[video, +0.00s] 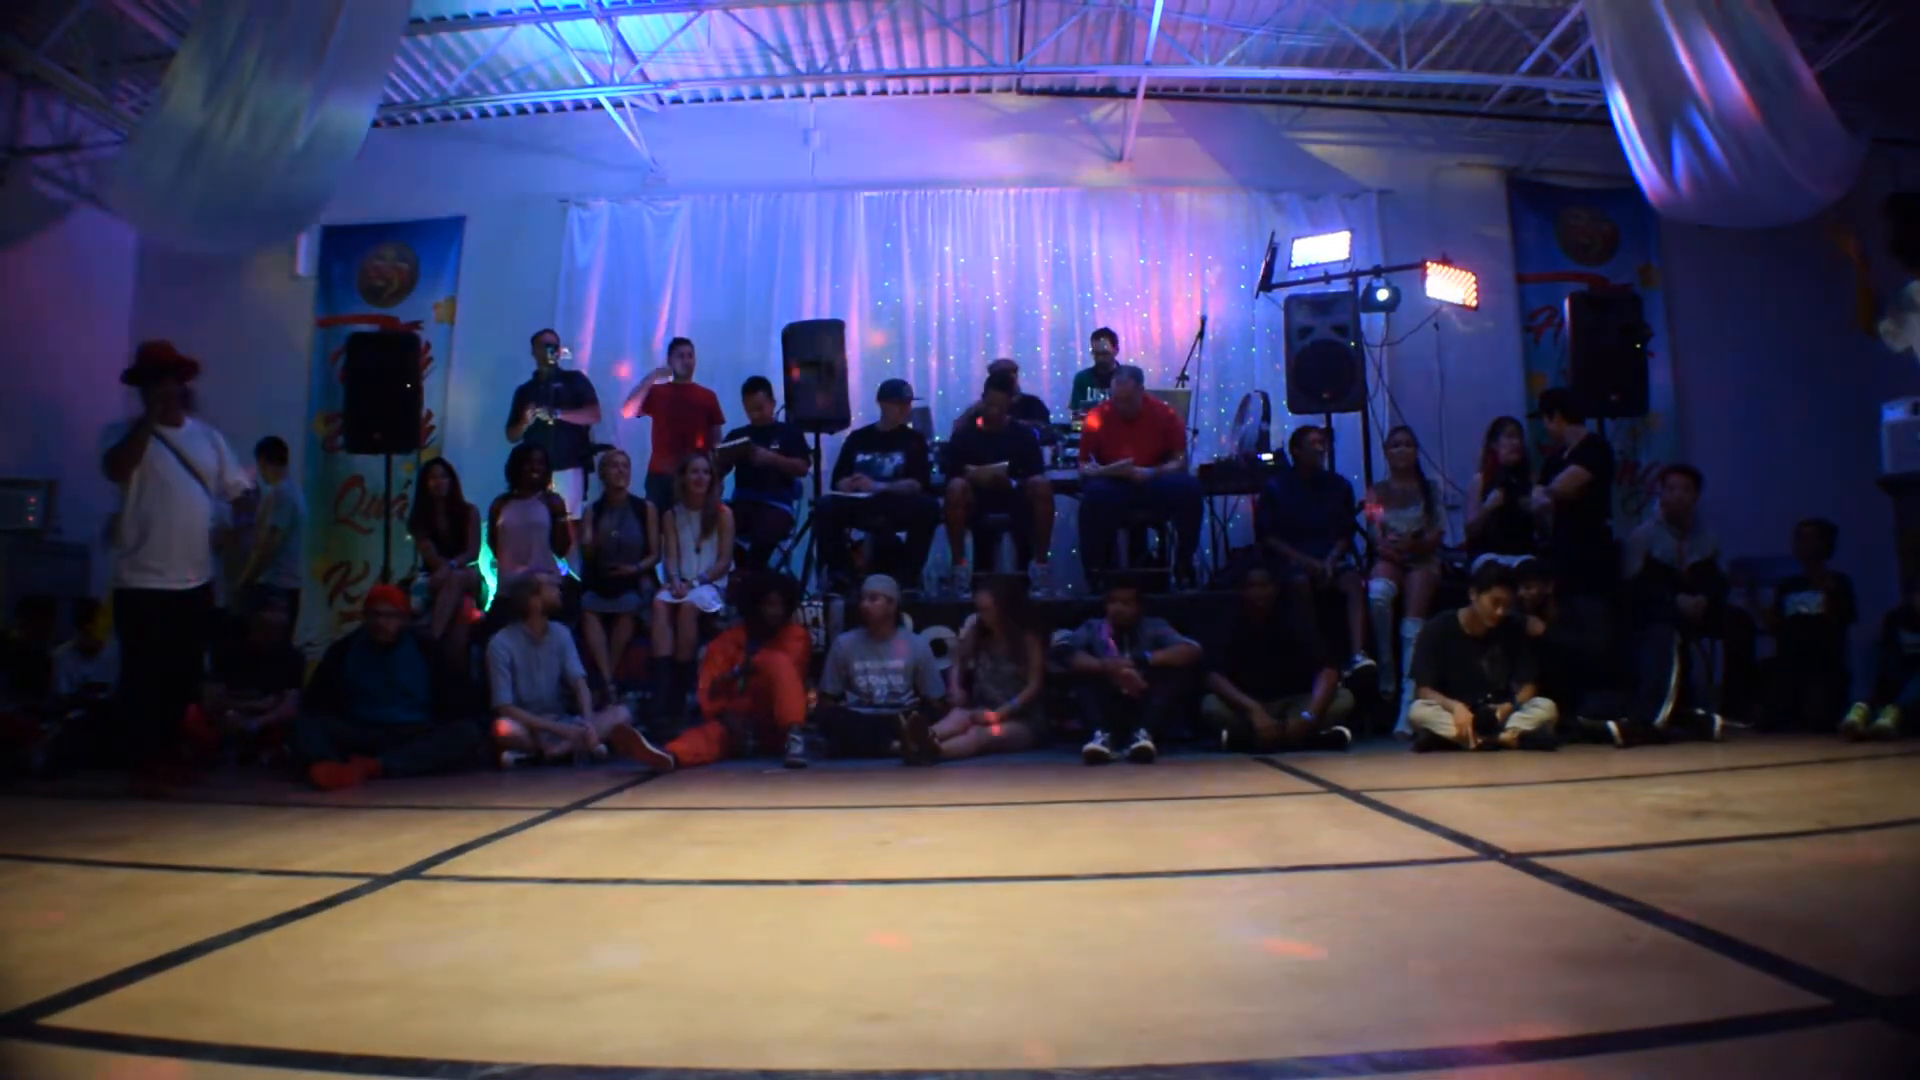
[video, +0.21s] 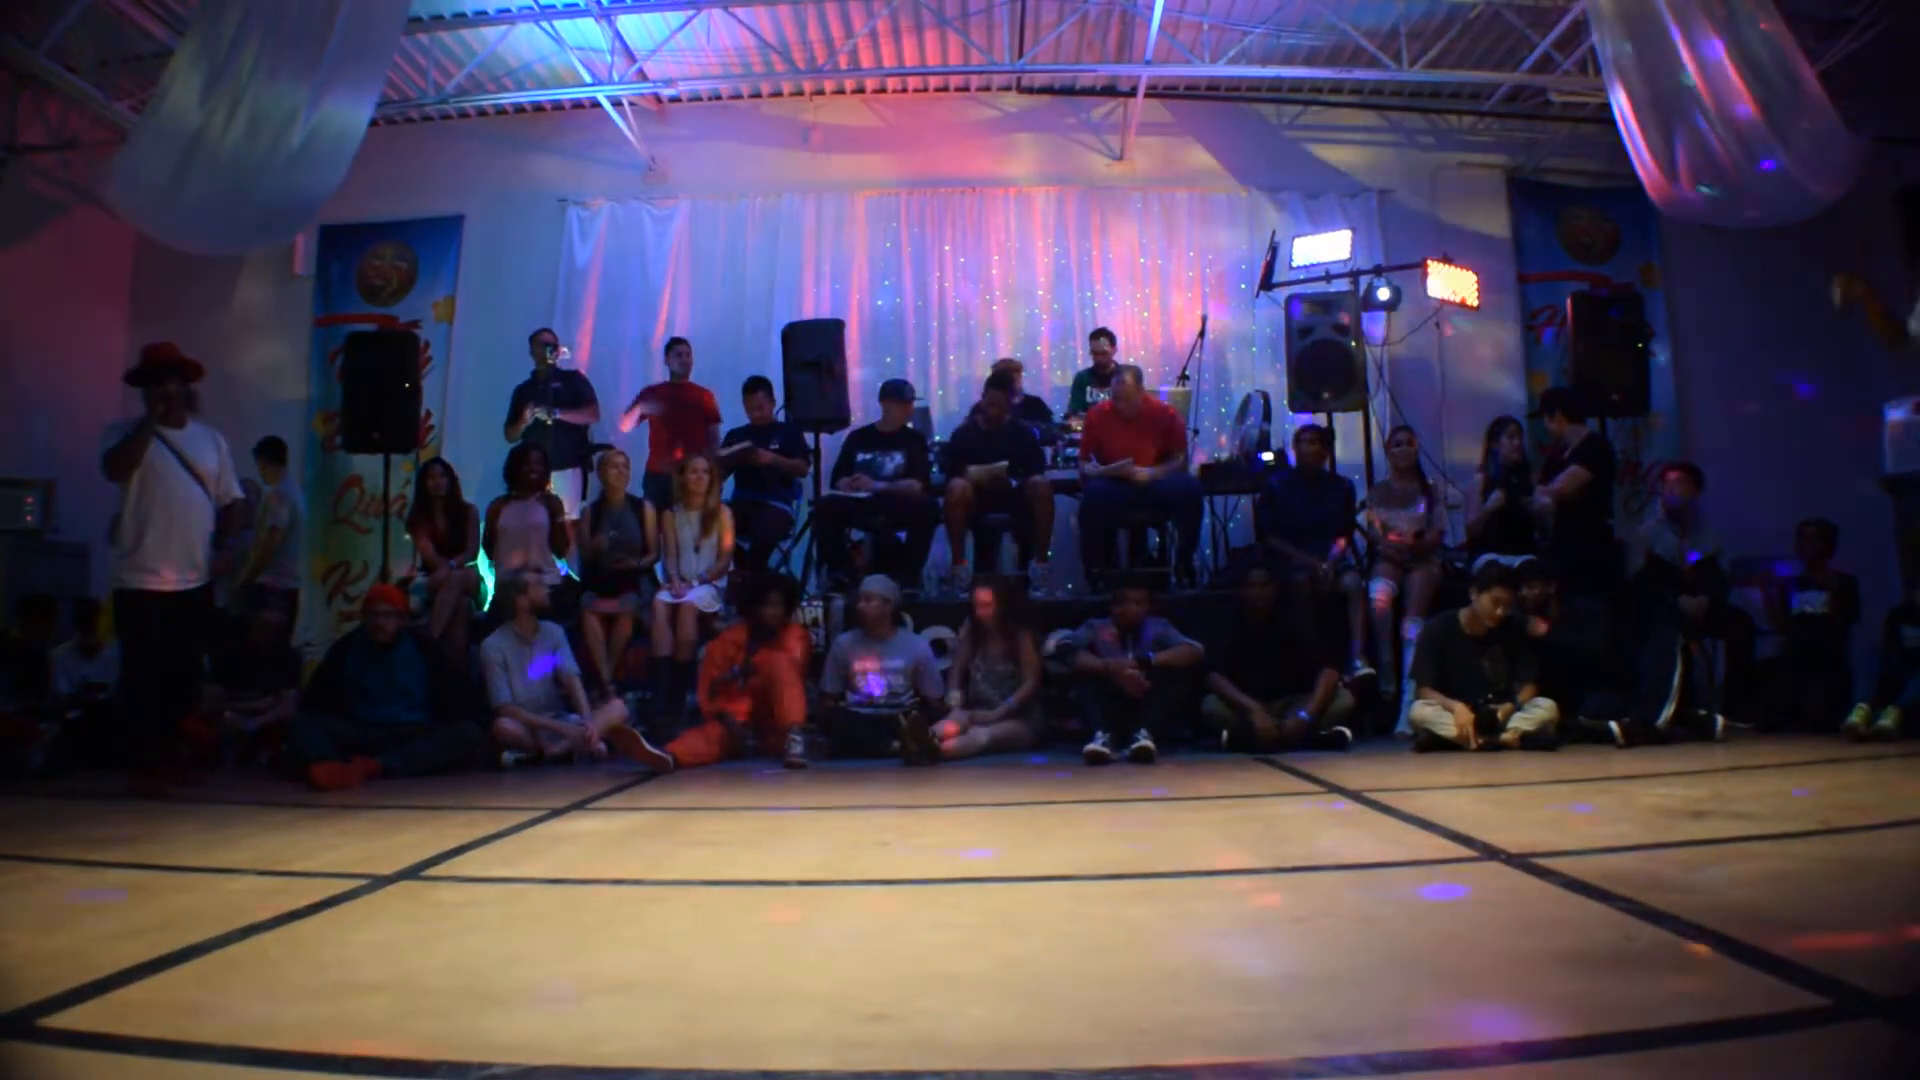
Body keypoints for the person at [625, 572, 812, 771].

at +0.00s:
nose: (772, 612)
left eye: (779, 605)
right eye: (767, 604)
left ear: (789, 608)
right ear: (753, 606)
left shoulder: (795, 636)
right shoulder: (726, 644)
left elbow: (785, 667)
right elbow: (709, 705)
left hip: (774, 720)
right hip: (736, 723)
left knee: (776, 661)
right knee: (711, 735)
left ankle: (794, 737)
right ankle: (670, 755)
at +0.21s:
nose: (772, 613)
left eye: (778, 606)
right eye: (766, 606)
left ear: (788, 610)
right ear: (752, 607)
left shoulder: (794, 636)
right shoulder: (728, 643)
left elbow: (789, 663)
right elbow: (708, 701)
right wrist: (733, 717)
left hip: (774, 721)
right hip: (738, 722)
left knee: (779, 661)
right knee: (711, 736)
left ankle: (794, 738)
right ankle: (670, 756)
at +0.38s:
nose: (776, 612)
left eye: (782, 606)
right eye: (769, 605)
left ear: (789, 609)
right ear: (753, 607)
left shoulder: (794, 637)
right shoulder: (726, 644)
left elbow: (781, 663)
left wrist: (740, 674)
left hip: (774, 720)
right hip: (736, 722)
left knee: (778, 662)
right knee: (711, 736)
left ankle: (794, 737)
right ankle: (670, 755)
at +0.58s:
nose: (777, 612)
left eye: (782, 606)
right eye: (770, 605)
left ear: (789, 609)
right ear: (754, 608)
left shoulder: (795, 636)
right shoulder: (725, 646)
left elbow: (787, 672)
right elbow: (711, 702)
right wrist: (731, 720)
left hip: (774, 721)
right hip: (737, 723)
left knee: (778, 661)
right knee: (709, 737)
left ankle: (795, 737)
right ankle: (671, 755)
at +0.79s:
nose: (777, 613)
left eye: (782, 606)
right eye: (770, 606)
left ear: (788, 609)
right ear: (755, 607)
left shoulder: (795, 636)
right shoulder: (726, 645)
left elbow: (787, 663)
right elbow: (709, 705)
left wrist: (749, 668)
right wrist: (731, 717)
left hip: (774, 720)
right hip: (737, 723)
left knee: (779, 660)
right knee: (709, 735)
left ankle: (794, 737)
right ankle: (669, 755)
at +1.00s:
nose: (778, 613)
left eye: (783, 607)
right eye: (771, 606)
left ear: (789, 609)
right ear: (755, 607)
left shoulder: (796, 636)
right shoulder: (727, 644)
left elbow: (786, 665)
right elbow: (710, 701)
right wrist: (733, 723)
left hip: (775, 723)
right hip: (738, 724)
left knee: (779, 661)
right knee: (709, 736)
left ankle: (795, 737)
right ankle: (669, 755)